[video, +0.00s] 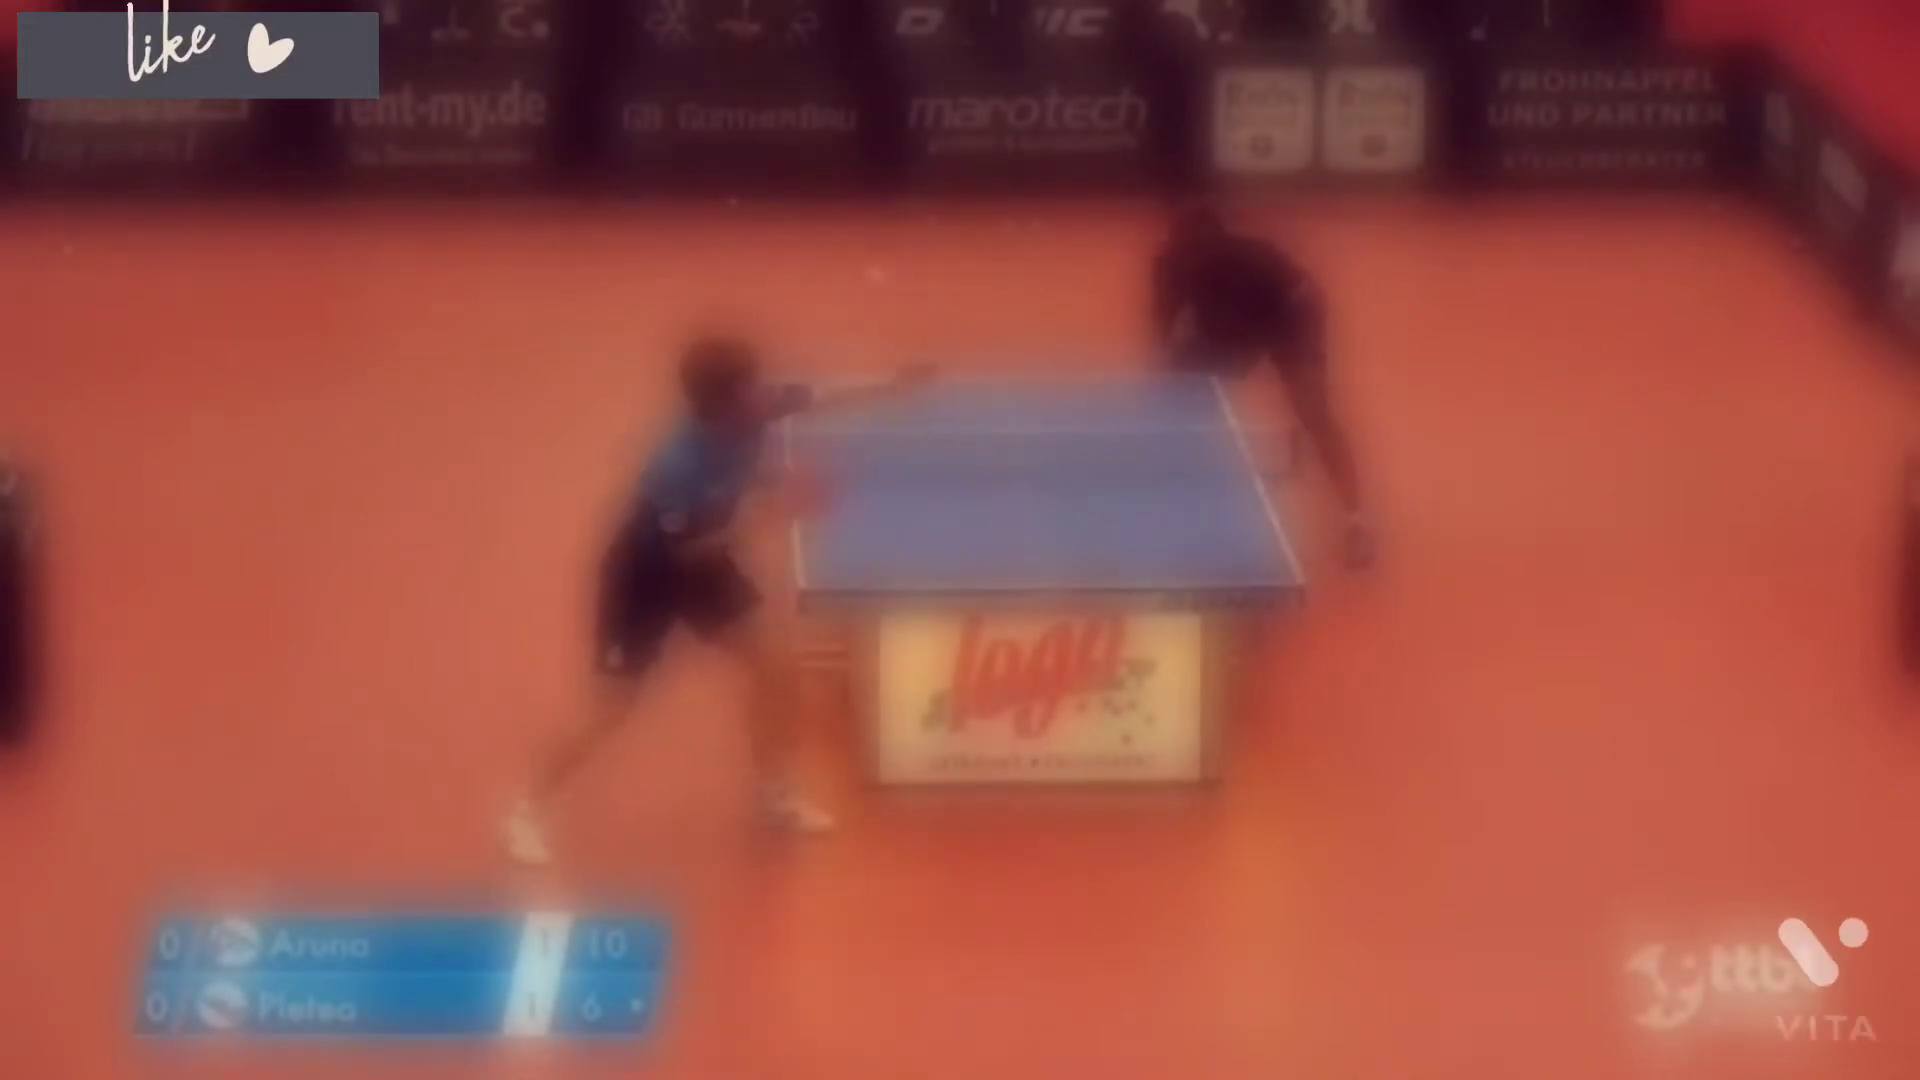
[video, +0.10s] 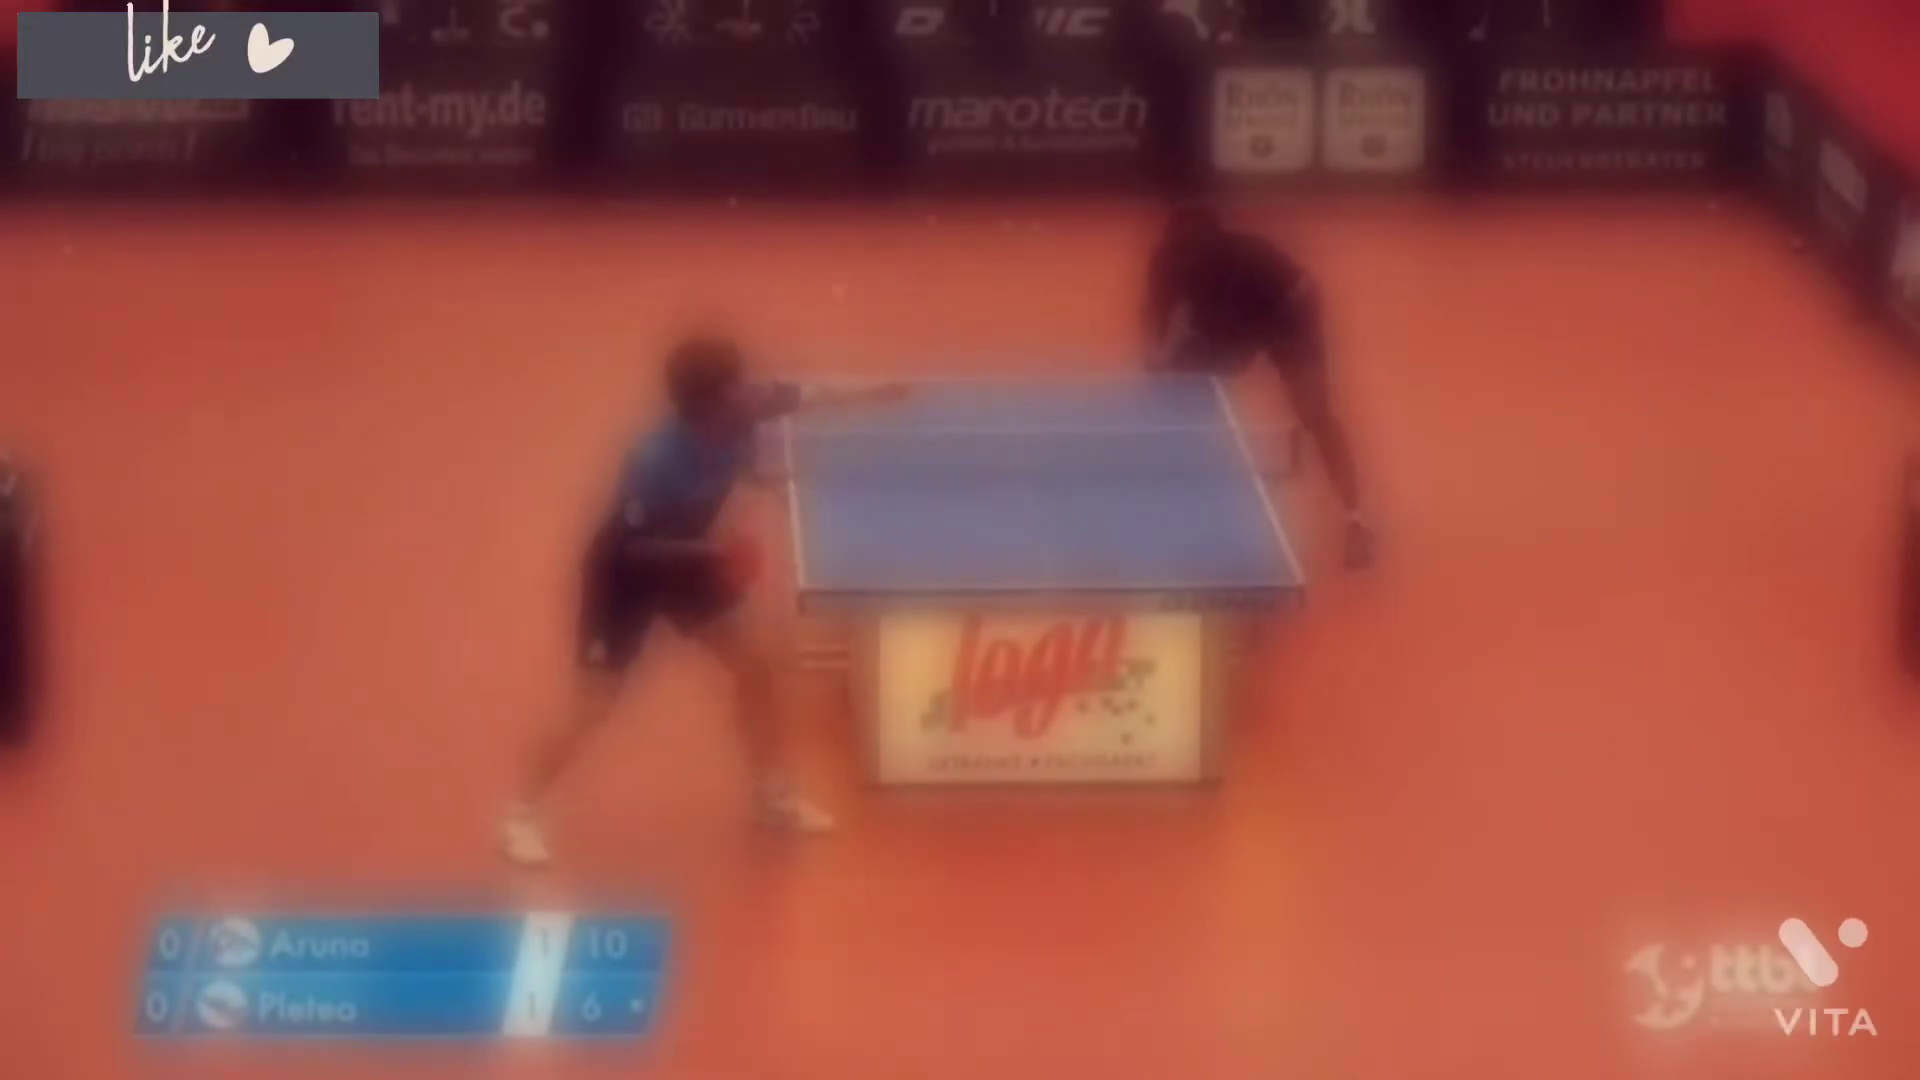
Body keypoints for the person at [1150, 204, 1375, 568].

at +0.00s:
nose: (1192, 238)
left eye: (1199, 228)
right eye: (1185, 230)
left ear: (1213, 224)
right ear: (1176, 230)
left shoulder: (1251, 255)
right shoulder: (1175, 263)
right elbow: (1163, 325)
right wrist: (1163, 363)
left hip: (1287, 317)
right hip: (1226, 326)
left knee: (1313, 410)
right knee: (1179, 398)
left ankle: (1354, 513)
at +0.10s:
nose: (1190, 230)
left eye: (1197, 221)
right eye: (1182, 222)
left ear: (1210, 215)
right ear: (1172, 220)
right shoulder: (1173, 254)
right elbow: (1157, 315)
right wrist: (1155, 360)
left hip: (1284, 313)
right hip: (1222, 322)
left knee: (1314, 413)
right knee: (1173, 397)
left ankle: (1354, 514)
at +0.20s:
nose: (1192, 237)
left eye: (1199, 228)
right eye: (1185, 230)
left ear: (1212, 222)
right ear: (1175, 229)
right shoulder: (1172, 260)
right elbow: (1155, 328)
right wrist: (1164, 350)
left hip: (1283, 313)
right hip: (1221, 323)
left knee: (1317, 410)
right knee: (1172, 398)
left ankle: (1355, 511)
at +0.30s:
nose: (1203, 241)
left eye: (1209, 232)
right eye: (1194, 234)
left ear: (1222, 228)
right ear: (1184, 233)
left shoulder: (1255, 255)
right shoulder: (1179, 265)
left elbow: (1311, 298)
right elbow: (1160, 327)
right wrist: (1163, 356)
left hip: (1291, 330)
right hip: (1230, 338)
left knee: (1326, 419)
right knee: (1175, 403)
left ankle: (1362, 517)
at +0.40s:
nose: (1218, 235)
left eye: (1224, 225)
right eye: (1209, 227)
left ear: (1237, 222)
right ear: (1200, 228)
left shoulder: (1274, 254)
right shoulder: (1197, 263)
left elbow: (1328, 300)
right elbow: (1177, 323)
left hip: (1302, 340)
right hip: (1243, 345)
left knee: (1334, 423)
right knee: (1182, 405)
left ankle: (1365, 519)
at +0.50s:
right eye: (1216, 220)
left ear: (1248, 217)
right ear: (1216, 220)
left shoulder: (1296, 234)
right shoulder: (1215, 241)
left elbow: (1349, 281)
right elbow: (1202, 301)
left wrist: (1323, 329)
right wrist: (1162, 334)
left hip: (1313, 339)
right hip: (1250, 338)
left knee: (1344, 438)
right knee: (1188, 411)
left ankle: (1366, 524)